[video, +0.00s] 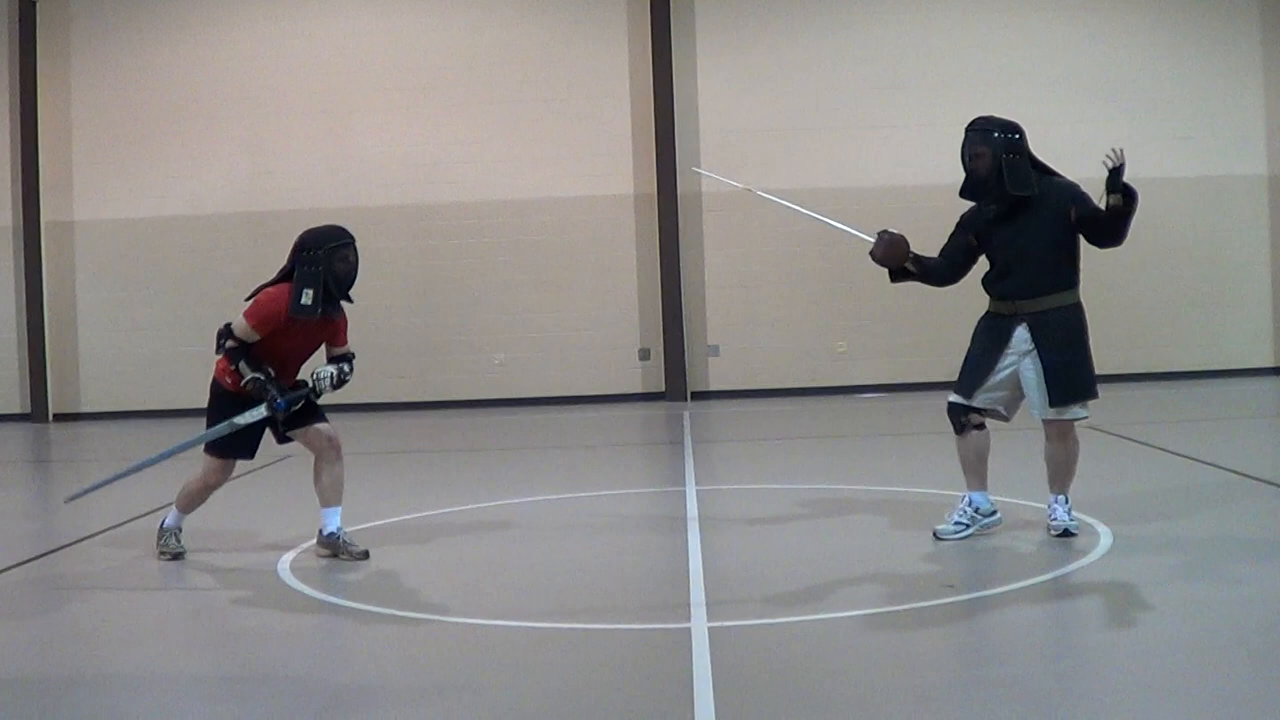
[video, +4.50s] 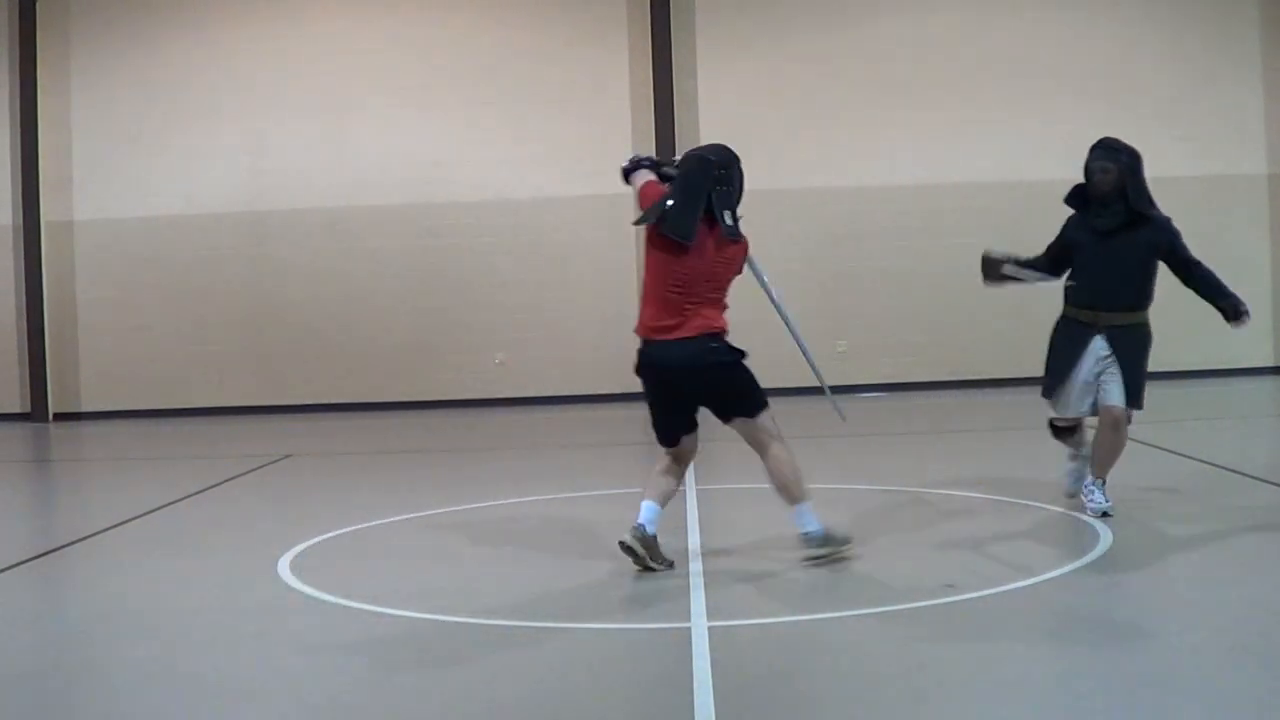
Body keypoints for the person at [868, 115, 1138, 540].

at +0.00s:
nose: (970, 165)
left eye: (977, 156)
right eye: (967, 157)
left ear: (1006, 155)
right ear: (969, 159)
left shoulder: (1060, 195)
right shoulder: (979, 216)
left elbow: (1108, 236)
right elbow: (947, 270)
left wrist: (1118, 198)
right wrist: (905, 259)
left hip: (1055, 322)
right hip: (1000, 322)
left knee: (1059, 419)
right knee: (965, 408)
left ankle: (1060, 504)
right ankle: (979, 503)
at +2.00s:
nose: (926, 169)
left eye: (934, 159)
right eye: (923, 160)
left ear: (961, 159)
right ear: (925, 163)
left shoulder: (1016, 198)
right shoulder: (939, 221)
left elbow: (1063, 242)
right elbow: (912, 279)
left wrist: (1069, 206)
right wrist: (872, 280)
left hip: (1014, 324)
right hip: (960, 326)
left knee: (1030, 418)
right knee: (927, 414)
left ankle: (1055, 503)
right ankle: (934, 509)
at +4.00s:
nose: (957, 173)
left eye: (966, 164)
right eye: (952, 165)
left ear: (989, 165)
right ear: (947, 170)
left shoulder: (1027, 211)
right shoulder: (946, 227)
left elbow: (1066, 254)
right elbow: (937, 290)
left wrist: (1088, 224)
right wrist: (913, 282)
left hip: (1022, 325)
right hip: (965, 329)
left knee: (1053, 410)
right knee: (937, 414)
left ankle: (1045, 476)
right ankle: (934, 509)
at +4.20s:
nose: (1009, 183)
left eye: (1017, 175)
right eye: (1004, 175)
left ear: (1041, 177)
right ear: (1000, 178)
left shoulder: (1075, 226)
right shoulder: (996, 225)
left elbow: (1126, 262)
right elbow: (950, 253)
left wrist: (1130, 229)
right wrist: (904, 245)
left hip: (1055, 337)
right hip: (997, 335)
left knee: (1086, 427)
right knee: (965, 421)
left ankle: (1091, 481)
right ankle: (930, 507)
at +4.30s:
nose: (1043, 179)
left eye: (1053, 172)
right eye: (1039, 171)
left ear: (1074, 175)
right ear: (1034, 175)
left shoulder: (1108, 224)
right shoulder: (1030, 223)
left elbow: (1153, 263)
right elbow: (981, 257)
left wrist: (1159, 240)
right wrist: (935, 254)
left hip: (1086, 336)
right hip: (1030, 332)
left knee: (1099, 430)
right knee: (993, 418)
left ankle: (1090, 490)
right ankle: (944, 491)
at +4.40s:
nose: (1074, 175)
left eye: (1083, 167)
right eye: (1069, 167)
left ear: (1103, 173)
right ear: (1063, 173)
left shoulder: (1131, 225)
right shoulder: (1056, 225)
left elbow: (1164, 266)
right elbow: (1030, 274)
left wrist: (1194, 273)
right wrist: (983, 290)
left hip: (1107, 334)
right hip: (1054, 331)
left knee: (1109, 421)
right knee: (1029, 414)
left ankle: (1093, 485)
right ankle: (1001, 467)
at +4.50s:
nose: (1097, 178)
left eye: (1105, 171)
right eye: (1093, 170)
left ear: (1126, 175)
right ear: (1086, 173)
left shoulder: (1152, 226)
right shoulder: (1080, 223)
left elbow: (1188, 269)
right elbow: (1049, 266)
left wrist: (1227, 302)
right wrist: (1006, 268)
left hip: (1126, 331)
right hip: (1076, 328)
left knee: (1116, 414)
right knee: (1063, 421)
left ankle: (1096, 482)